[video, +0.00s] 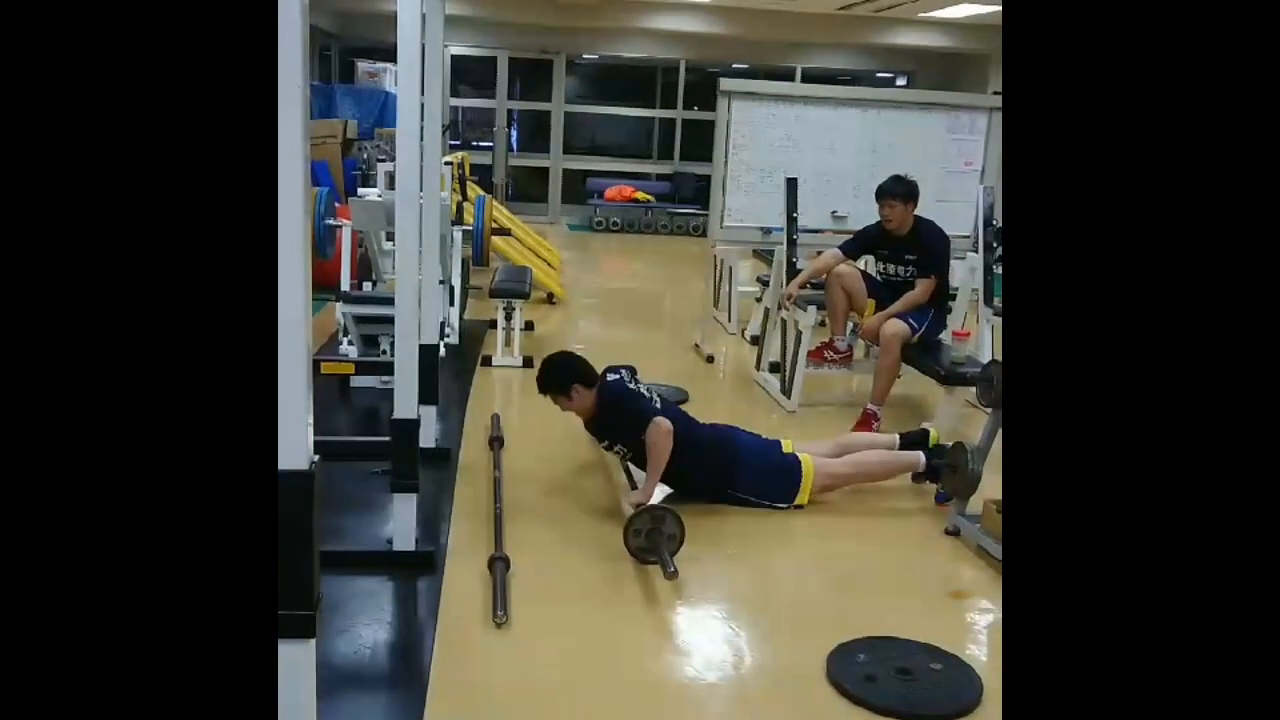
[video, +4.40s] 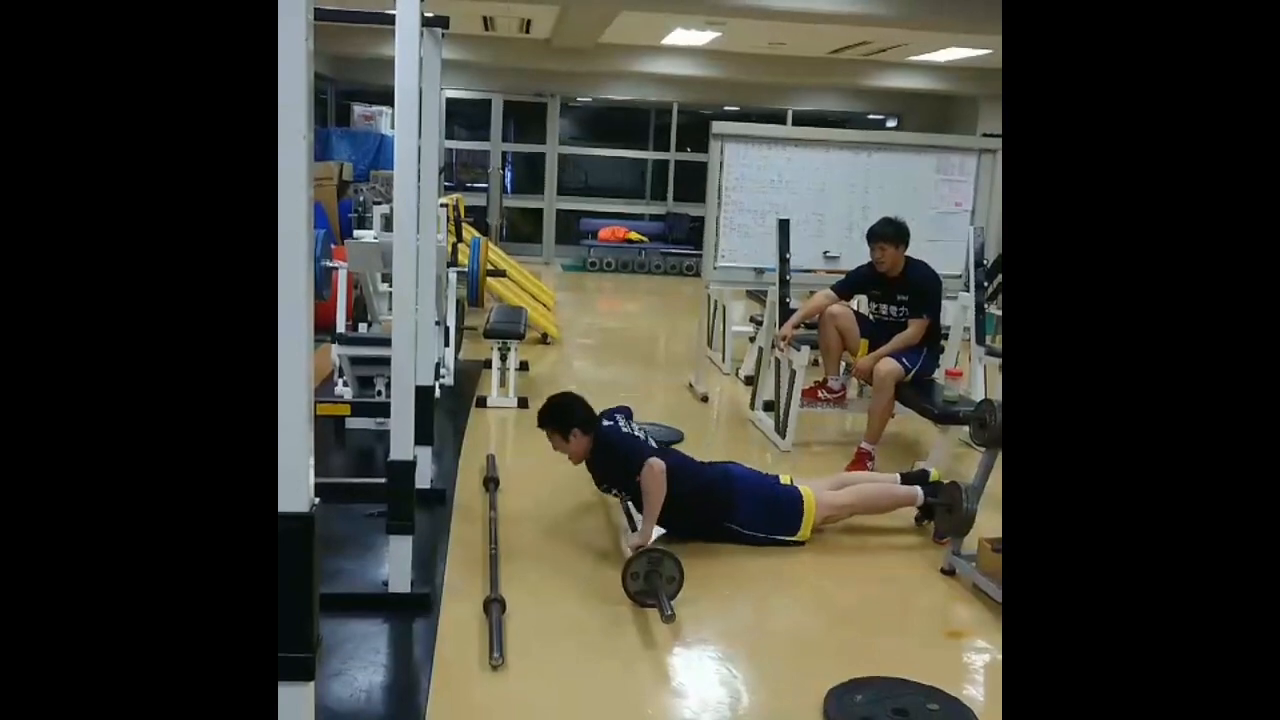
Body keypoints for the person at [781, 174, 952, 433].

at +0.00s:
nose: (884, 213)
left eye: (891, 207)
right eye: (881, 206)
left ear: (911, 208)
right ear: (877, 205)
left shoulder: (932, 238)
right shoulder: (875, 233)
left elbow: (922, 293)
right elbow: (833, 258)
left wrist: (880, 318)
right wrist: (796, 282)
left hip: (925, 308)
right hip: (888, 297)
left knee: (891, 331)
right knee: (839, 273)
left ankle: (872, 412)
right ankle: (839, 347)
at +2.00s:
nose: (881, 245)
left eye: (888, 239)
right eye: (877, 238)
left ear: (906, 241)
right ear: (873, 239)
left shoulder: (927, 272)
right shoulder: (869, 267)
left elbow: (916, 327)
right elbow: (828, 290)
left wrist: (873, 352)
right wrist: (791, 316)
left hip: (919, 342)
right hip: (880, 332)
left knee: (885, 364)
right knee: (834, 306)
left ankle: (866, 445)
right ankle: (834, 380)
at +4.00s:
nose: (877, 254)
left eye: (884, 248)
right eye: (874, 247)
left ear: (904, 246)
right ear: (870, 246)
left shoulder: (926, 276)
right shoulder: (869, 270)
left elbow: (916, 331)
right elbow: (829, 295)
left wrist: (873, 357)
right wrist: (791, 321)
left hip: (918, 345)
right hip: (881, 335)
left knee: (886, 368)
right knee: (834, 311)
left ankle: (867, 449)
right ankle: (834, 386)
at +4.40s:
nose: (875, 256)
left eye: (882, 250)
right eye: (873, 249)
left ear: (901, 249)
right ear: (869, 249)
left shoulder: (924, 278)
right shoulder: (867, 273)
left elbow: (916, 332)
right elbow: (827, 298)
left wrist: (873, 358)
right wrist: (791, 323)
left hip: (918, 348)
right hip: (881, 337)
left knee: (884, 370)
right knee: (833, 313)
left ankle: (866, 451)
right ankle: (833, 388)